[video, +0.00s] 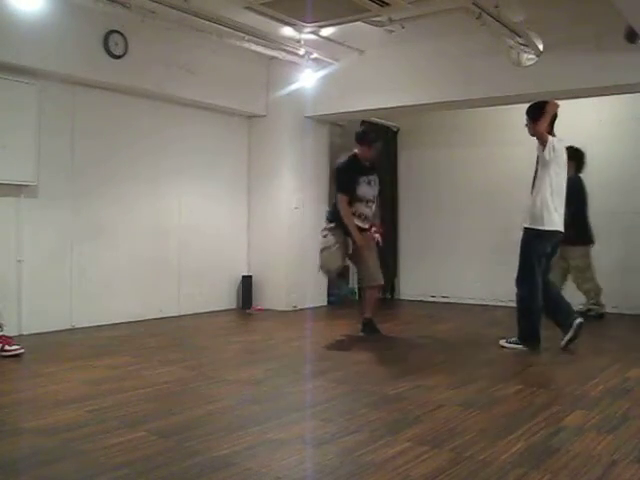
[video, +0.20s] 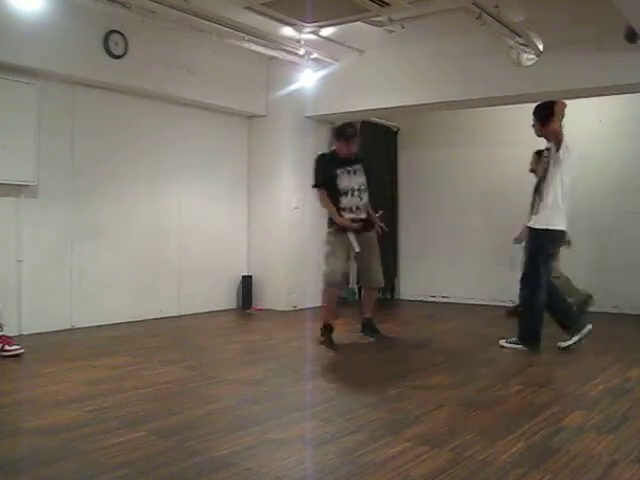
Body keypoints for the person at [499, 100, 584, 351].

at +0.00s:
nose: (529, 130)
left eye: (530, 124)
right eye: (529, 124)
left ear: (540, 122)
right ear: (542, 124)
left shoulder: (551, 148)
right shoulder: (554, 149)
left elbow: (541, 131)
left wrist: (551, 111)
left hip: (541, 227)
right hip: (550, 227)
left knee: (527, 283)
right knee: (539, 281)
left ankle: (528, 339)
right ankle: (568, 320)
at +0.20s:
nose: (536, 133)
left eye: (537, 126)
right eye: (536, 127)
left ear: (547, 124)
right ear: (545, 126)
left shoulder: (561, 152)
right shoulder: (551, 155)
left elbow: (556, 133)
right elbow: (545, 199)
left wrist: (558, 115)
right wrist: (529, 226)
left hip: (549, 227)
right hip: (541, 226)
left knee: (533, 283)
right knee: (540, 282)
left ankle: (528, 339)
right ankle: (576, 324)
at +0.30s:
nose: (539, 132)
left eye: (542, 127)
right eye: (539, 127)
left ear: (555, 127)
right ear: (553, 129)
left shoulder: (568, 150)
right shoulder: (553, 152)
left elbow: (570, 136)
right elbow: (547, 192)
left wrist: (567, 115)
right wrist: (533, 226)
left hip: (556, 227)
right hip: (545, 226)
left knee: (538, 283)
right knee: (550, 283)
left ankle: (528, 339)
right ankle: (582, 330)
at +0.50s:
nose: (549, 138)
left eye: (551, 133)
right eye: (549, 133)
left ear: (564, 131)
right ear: (563, 132)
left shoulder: (585, 151)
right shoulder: (560, 158)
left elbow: (600, 131)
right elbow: (559, 195)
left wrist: (581, 114)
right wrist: (551, 227)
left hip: (579, 230)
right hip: (562, 229)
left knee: (554, 287)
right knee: (568, 286)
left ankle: (532, 337)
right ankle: (587, 336)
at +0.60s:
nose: (555, 134)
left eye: (558, 130)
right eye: (555, 130)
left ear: (570, 129)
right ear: (569, 130)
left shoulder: (593, 149)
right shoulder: (563, 158)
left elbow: (612, 130)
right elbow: (562, 197)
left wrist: (589, 113)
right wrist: (558, 229)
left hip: (589, 226)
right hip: (567, 227)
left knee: (565, 283)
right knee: (571, 283)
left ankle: (542, 337)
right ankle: (587, 337)